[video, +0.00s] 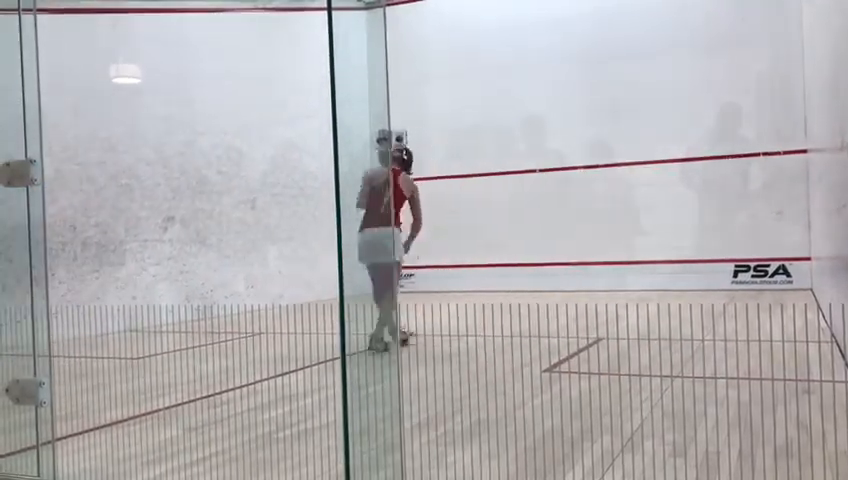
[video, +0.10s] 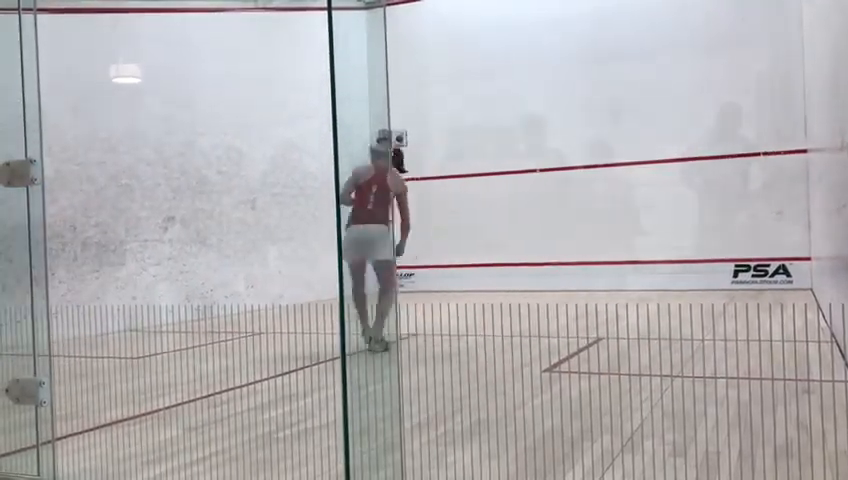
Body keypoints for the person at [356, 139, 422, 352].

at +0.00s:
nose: (391, 159)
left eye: (392, 155)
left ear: (389, 159)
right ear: (408, 165)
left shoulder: (371, 175)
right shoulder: (409, 184)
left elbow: (361, 203)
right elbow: (417, 220)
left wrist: (379, 202)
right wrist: (408, 242)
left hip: (368, 237)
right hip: (390, 237)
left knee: (379, 290)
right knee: (389, 290)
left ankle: (396, 332)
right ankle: (377, 337)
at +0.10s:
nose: (381, 162)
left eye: (380, 157)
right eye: (383, 157)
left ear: (371, 156)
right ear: (390, 157)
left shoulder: (359, 173)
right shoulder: (395, 179)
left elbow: (343, 198)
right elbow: (404, 216)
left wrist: (359, 201)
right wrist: (403, 241)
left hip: (355, 230)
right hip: (380, 230)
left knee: (357, 285)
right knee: (388, 286)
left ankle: (366, 329)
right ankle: (376, 333)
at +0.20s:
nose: (388, 155)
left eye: (388, 151)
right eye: (387, 151)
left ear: (362, 149)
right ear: (381, 152)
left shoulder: (346, 166)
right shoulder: (383, 174)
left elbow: (328, 192)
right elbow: (392, 210)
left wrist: (349, 197)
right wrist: (393, 240)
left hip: (338, 227)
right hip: (364, 227)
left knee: (337, 282)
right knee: (378, 284)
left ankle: (333, 332)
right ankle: (377, 336)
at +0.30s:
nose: (359, 161)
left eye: (355, 156)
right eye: (363, 158)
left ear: (348, 154)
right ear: (366, 158)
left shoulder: (330, 174)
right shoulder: (371, 181)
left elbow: (313, 201)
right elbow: (379, 218)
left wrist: (327, 208)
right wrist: (381, 246)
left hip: (325, 232)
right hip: (352, 233)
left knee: (317, 285)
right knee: (369, 288)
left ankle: (298, 334)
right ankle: (378, 337)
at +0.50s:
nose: (296, 164)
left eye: (296, 162)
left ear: (297, 163)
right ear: (316, 164)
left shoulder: (284, 186)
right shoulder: (324, 194)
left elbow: (268, 217)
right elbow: (327, 227)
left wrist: (270, 238)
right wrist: (320, 242)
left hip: (288, 246)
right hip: (315, 246)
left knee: (275, 297)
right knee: (342, 292)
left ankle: (265, 343)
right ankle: (374, 335)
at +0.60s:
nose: (262, 158)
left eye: (263, 155)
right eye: (266, 154)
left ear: (264, 157)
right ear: (282, 157)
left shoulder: (249, 178)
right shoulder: (289, 186)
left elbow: (232, 207)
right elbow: (290, 222)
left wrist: (228, 231)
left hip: (258, 243)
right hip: (284, 241)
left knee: (261, 297)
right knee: (312, 292)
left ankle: (264, 343)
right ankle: (342, 335)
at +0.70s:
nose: (230, 146)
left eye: (231, 142)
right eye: (233, 142)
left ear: (232, 145)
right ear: (251, 144)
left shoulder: (221, 167)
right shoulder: (259, 172)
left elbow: (206, 194)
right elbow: (259, 206)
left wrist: (197, 217)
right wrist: (229, 221)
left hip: (233, 231)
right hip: (257, 228)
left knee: (237, 294)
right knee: (269, 287)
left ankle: (253, 341)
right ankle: (282, 338)